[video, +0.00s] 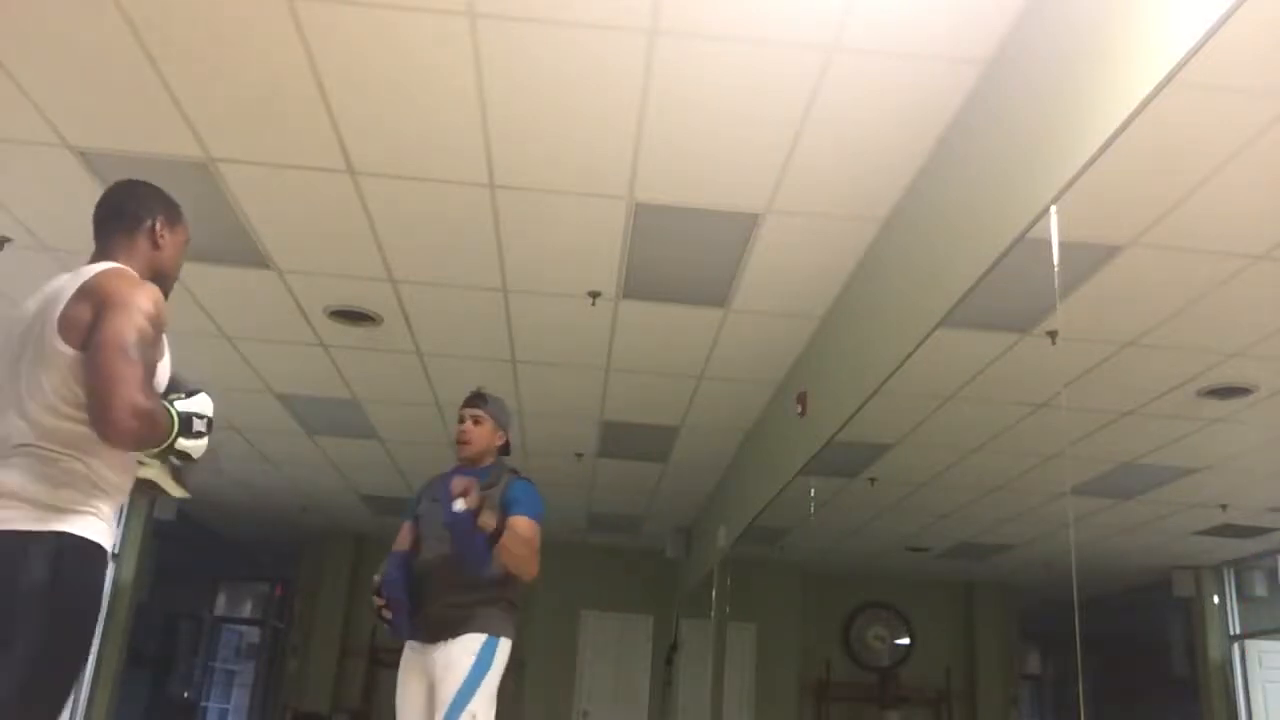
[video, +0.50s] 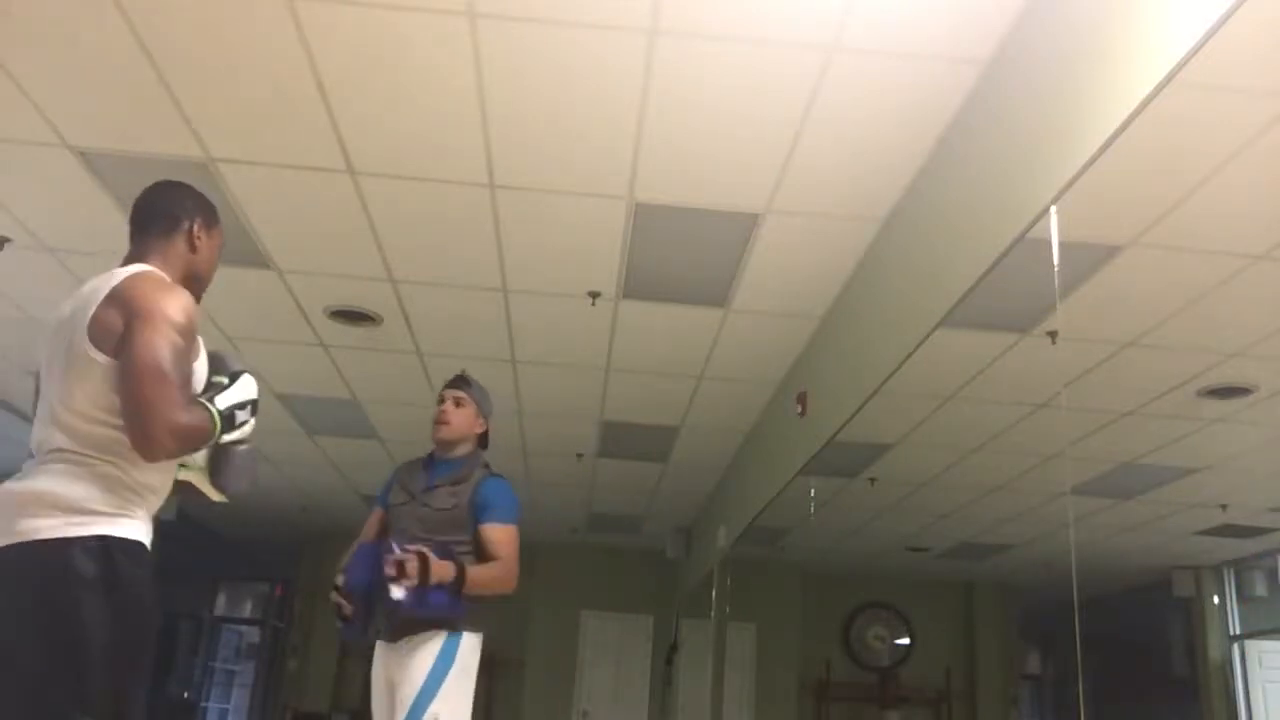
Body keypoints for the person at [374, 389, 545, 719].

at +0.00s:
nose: (463, 428)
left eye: (476, 420)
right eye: (460, 420)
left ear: (500, 437)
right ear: (455, 429)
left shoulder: (516, 489)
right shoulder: (434, 488)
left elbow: (528, 566)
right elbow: (401, 550)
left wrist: (482, 516)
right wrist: (389, 587)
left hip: (477, 632)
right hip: (422, 631)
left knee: (460, 713)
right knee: (411, 713)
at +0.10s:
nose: (459, 426)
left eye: (472, 418)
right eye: (457, 419)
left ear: (497, 436)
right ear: (450, 428)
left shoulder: (511, 486)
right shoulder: (425, 487)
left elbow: (528, 561)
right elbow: (393, 551)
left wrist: (495, 509)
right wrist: (377, 588)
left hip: (473, 636)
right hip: (417, 636)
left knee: (456, 713)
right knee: (410, 714)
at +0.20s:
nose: (457, 423)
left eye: (470, 416)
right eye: (454, 415)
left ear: (493, 435)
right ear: (447, 426)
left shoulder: (507, 487)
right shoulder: (419, 487)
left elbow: (531, 563)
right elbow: (386, 549)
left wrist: (489, 517)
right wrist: (369, 587)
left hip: (466, 639)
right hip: (410, 638)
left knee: (453, 713)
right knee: (407, 714)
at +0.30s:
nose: (452, 420)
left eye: (465, 413)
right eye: (449, 413)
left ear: (489, 432)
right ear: (442, 423)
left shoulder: (503, 487)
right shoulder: (413, 486)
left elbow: (525, 567)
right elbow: (381, 549)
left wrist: (471, 539)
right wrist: (364, 591)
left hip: (458, 641)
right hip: (403, 639)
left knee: (438, 713)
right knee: (400, 713)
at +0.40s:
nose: (448, 415)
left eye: (462, 409)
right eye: (446, 408)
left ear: (485, 428)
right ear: (438, 420)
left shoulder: (496, 489)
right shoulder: (410, 482)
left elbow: (517, 573)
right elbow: (375, 544)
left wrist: (453, 567)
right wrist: (354, 588)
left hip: (450, 641)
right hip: (395, 637)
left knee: (435, 713)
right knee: (394, 713)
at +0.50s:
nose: (443, 408)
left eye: (457, 403)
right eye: (441, 401)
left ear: (480, 424)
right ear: (432, 413)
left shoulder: (489, 488)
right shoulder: (404, 476)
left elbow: (506, 575)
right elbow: (366, 542)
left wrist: (442, 572)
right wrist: (347, 581)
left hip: (445, 640)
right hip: (390, 637)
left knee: (427, 712)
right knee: (387, 712)